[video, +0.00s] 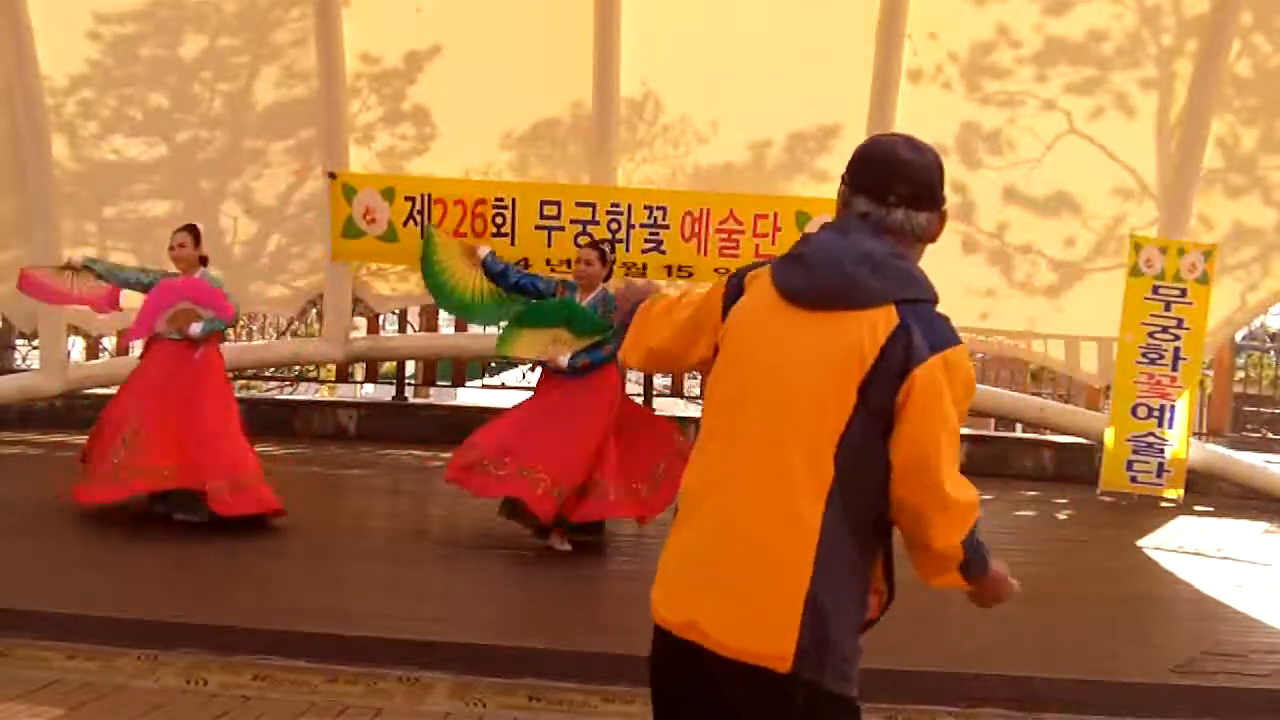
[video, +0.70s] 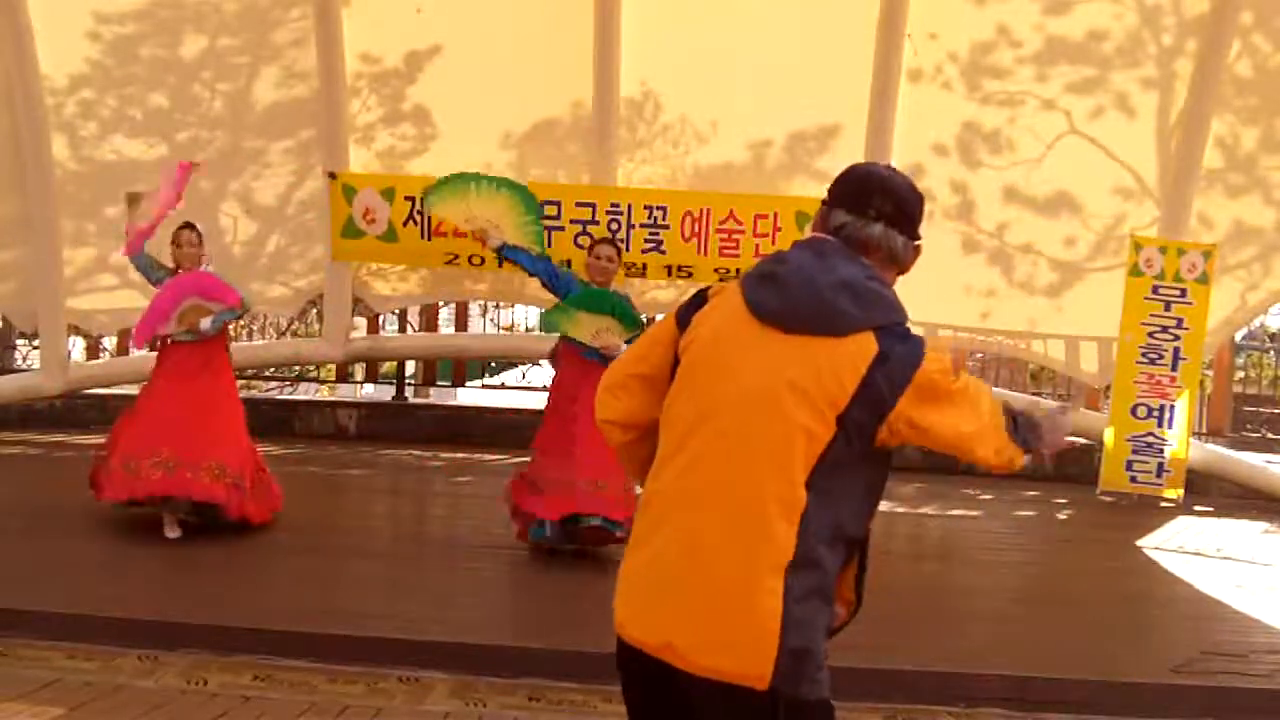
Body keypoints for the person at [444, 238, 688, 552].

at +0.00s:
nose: (580, 268)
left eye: (588, 264)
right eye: (578, 262)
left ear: (606, 271)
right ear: (574, 265)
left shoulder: (616, 302)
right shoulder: (563, 291)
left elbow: (614, 346)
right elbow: (520, 281)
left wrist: (572, 361)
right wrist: (486, 257)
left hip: (598, 382)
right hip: (559, 380)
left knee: (580, 449)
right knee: (550, 442)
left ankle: (559, 527)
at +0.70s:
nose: (602, 264)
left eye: (609, 260)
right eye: (597, 257)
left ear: (618, 266)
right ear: (587, 261)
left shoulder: (622, 305)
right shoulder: (574, 289)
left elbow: (645, 345)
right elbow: (540, 267)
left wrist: (622, 351)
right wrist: (499, 246)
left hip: (606, 379)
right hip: (572, 374)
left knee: (598, 444)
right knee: (564, 442)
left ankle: (589, 518)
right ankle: (550, 520)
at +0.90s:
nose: (627, 267)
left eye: (628, 261)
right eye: (619, 260)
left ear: (628, 267)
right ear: (599, 262)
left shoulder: (633, 301)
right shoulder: (593, 292)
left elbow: (652, 339)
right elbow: (567, 276)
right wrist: (536, 263)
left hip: (624, 382)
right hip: (593, 380)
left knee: (616, 448)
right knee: (587, 447)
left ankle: (610, 526)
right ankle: (574, 525)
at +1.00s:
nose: (633, 266)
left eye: (632, 260)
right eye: (627, 260)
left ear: (614, 262)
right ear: (607, 262)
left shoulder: (624, 300)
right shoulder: (603, 289)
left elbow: (635, 340)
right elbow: (594, 278)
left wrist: (644, 319)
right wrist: (578, 268)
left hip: (621, 386)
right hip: (599, 387)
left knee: (613, 452)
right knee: (595, 453)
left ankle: (608, 527)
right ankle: (589, 528)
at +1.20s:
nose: (625, 268)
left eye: (622, 262)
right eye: (621, 262)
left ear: (591, 266)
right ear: (611, 263)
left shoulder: (580, 299)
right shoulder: (614, 291)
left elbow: (572, 328)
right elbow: (650, 285)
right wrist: (692, 275)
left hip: (576, 380)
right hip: (604, 382)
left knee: (573, 452)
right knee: (599, 452)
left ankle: (559, 522)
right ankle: (597, 528)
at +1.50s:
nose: (573, 264)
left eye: (578, 260)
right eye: (575, 259)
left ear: (593, 263)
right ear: (606, 263)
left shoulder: (588, 296)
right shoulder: (617, 289)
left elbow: (571, 341)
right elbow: (638, 276)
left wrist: (553, 346)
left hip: (599, 376)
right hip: (626, 372)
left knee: (590, 447)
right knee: (615, 445)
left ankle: (592, 526)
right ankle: (616, 525)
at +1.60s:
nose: (581, 267)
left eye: (587, 262)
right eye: (582, 261)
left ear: (605, 267)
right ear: (593, 264)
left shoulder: (612, 296)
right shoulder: (589, 291)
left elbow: (597, 340)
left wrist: (554, 349)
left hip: (612, 378)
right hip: (591, 375)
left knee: (594, 447)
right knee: (585, 446)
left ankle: (597, 527)